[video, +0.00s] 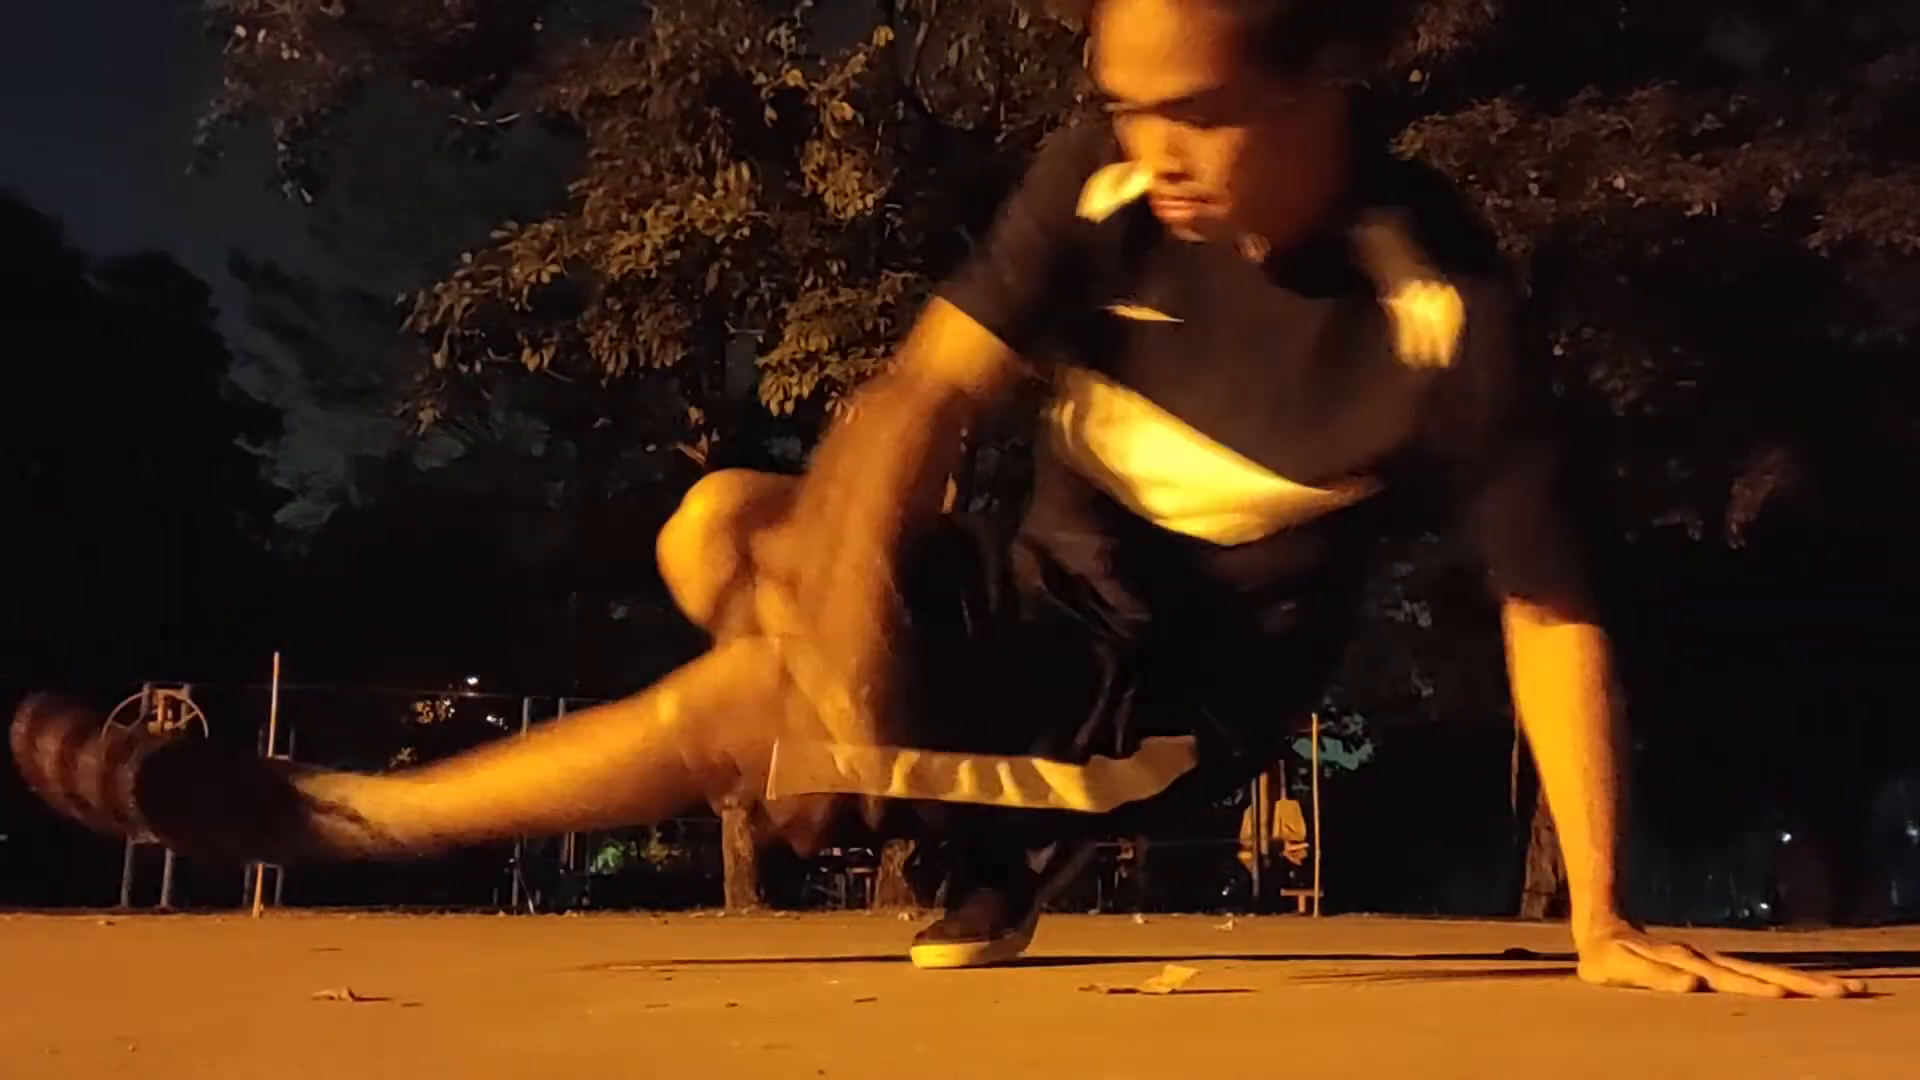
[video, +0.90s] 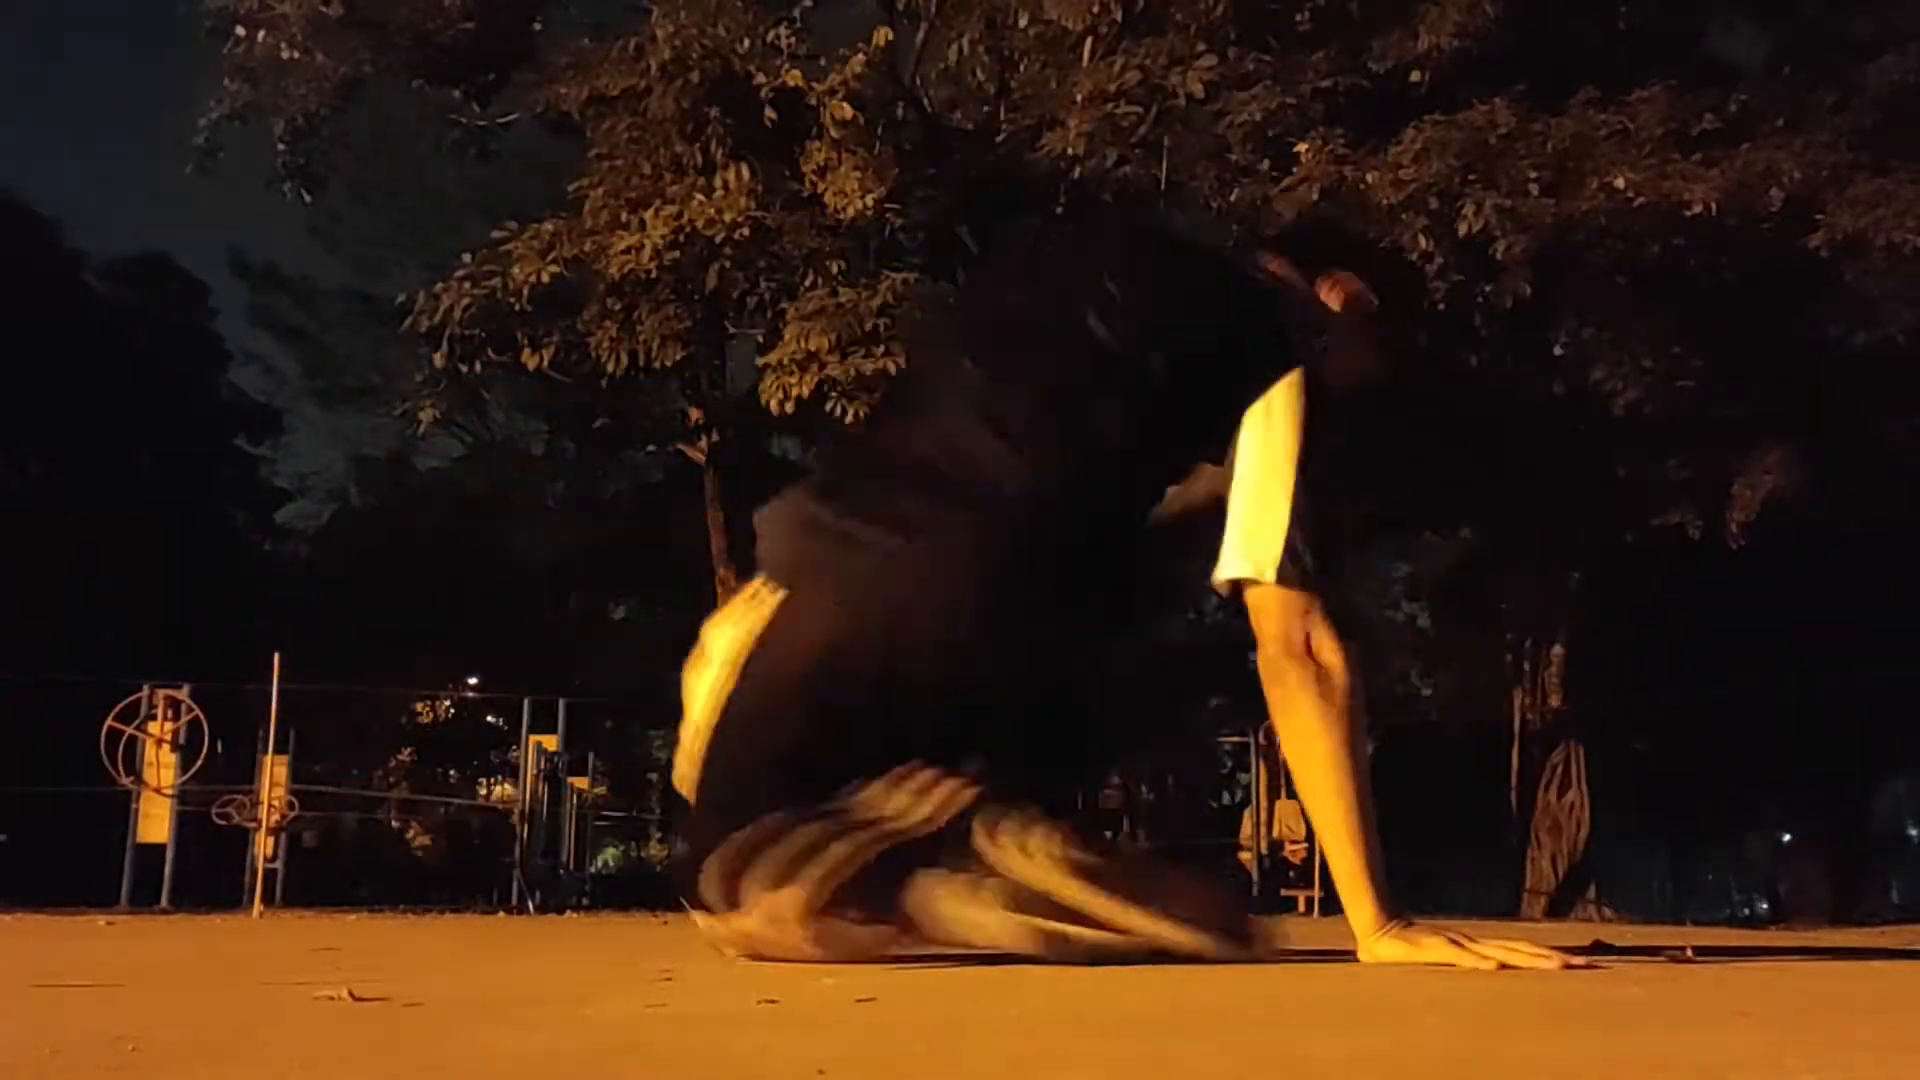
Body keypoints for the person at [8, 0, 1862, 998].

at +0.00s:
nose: (1145, 173)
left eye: (1197, 125)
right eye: (1126, 123)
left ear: (1364, 83)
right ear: (1108, 97)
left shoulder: (1454, 329)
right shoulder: (1105, 178)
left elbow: (1550, 626)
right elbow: (918, 411)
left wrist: (1602, 932)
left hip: (1144, 679)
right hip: (989, 530)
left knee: (741, 716)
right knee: (700, 537)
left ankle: (300, 824)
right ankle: (967, 834)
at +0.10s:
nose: (1206, 193)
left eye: (1256, 143)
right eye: (1181, 137)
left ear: (1399, 125)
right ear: (1153, 108)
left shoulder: (1530, 329)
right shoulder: (1114, 227)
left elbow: (1579, 615)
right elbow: (1037, 541)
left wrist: (1603, 920)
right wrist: (1003, 852)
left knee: (789, 757)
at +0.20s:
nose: (1182, 321)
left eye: (1239, 285)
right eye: (1159, 264)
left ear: (1370, 254)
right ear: (1132, 197)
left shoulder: (1498, 388)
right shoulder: (1099, 259)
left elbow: (1585, 640)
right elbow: (1017, 555)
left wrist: (1604, 927)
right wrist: (992, 840)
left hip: (1200, 704)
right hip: (1078, 557)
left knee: (864, 887)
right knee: (764, 536)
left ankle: (1049, 882)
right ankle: (986, 852)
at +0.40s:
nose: (944, 273)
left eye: (956, 233)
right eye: (932, 237)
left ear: (1071, 183)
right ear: (1045, 195)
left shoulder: (1340, 334)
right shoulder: (1041, 259)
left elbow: (1527, 614)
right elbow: (820, 373)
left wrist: (1602, 923)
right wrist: (703, 496)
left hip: (1206, 727)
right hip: (1077, 606)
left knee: (843, 892)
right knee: (808, 555)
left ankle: (1189, 867)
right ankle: (1061, 861)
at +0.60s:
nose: (820, 241)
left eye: (798, 204)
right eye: (801, 210)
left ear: (821, 159)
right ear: (919, 121)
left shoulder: (1001, 209)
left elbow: (1094, 525)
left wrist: (967, 778)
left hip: (1181, 690)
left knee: (808, 909)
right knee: (772, 551)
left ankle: (1076, 860)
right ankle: (1002, 846)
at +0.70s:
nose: (850, 221)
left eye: (862, 183)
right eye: (852, 193)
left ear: (906, 154)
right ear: (995, 138)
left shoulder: (962, 199)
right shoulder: (1147, 276)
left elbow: (824, 437)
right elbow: (1334, 531)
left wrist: (626, 538)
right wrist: (1515, 712)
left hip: (1099, 702)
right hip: (1017, 613)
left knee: (778, 900)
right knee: (749, 583)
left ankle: (1065, 875)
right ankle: (1009, 859)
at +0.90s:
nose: (1347, 379)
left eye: (1363, 359)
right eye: (1361, 352)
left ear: (1263, 259)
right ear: (1331, 294)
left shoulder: (1077, 265)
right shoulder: (1263, 343)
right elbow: (1290, 629)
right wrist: (1375, 924)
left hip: (843, 578)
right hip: (993, 594)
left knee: (738, 862)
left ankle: (968, 904)